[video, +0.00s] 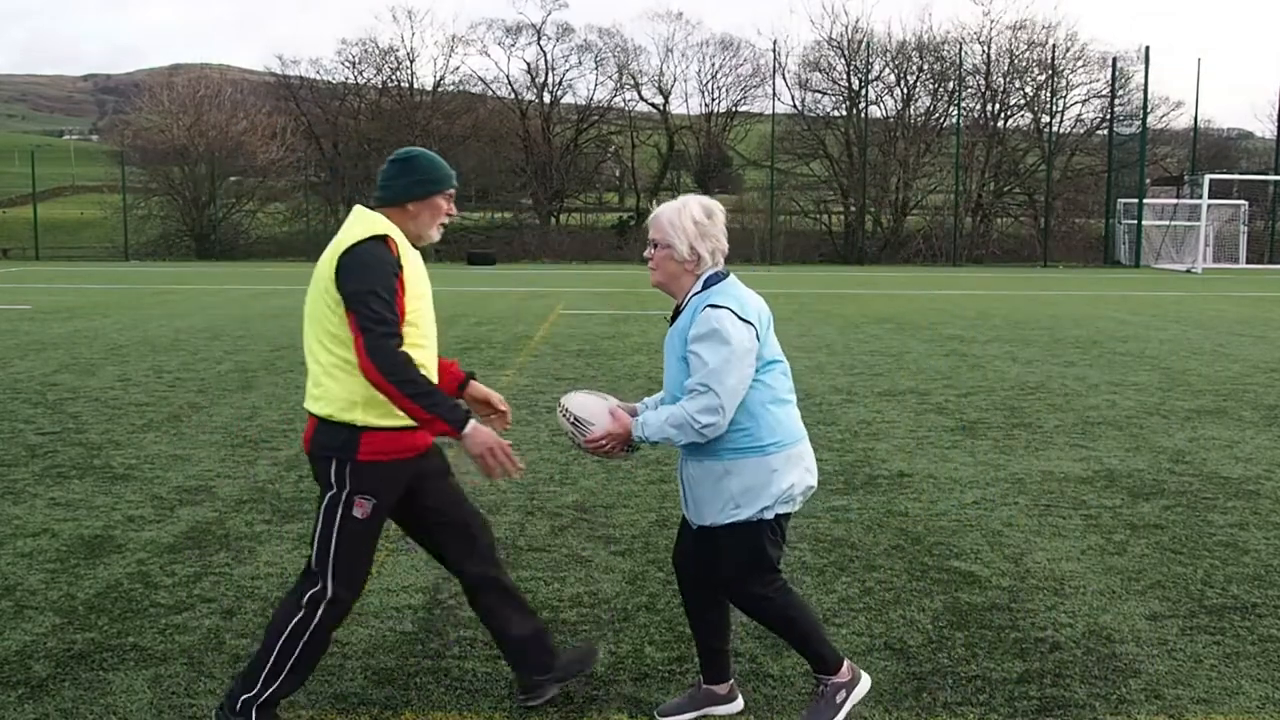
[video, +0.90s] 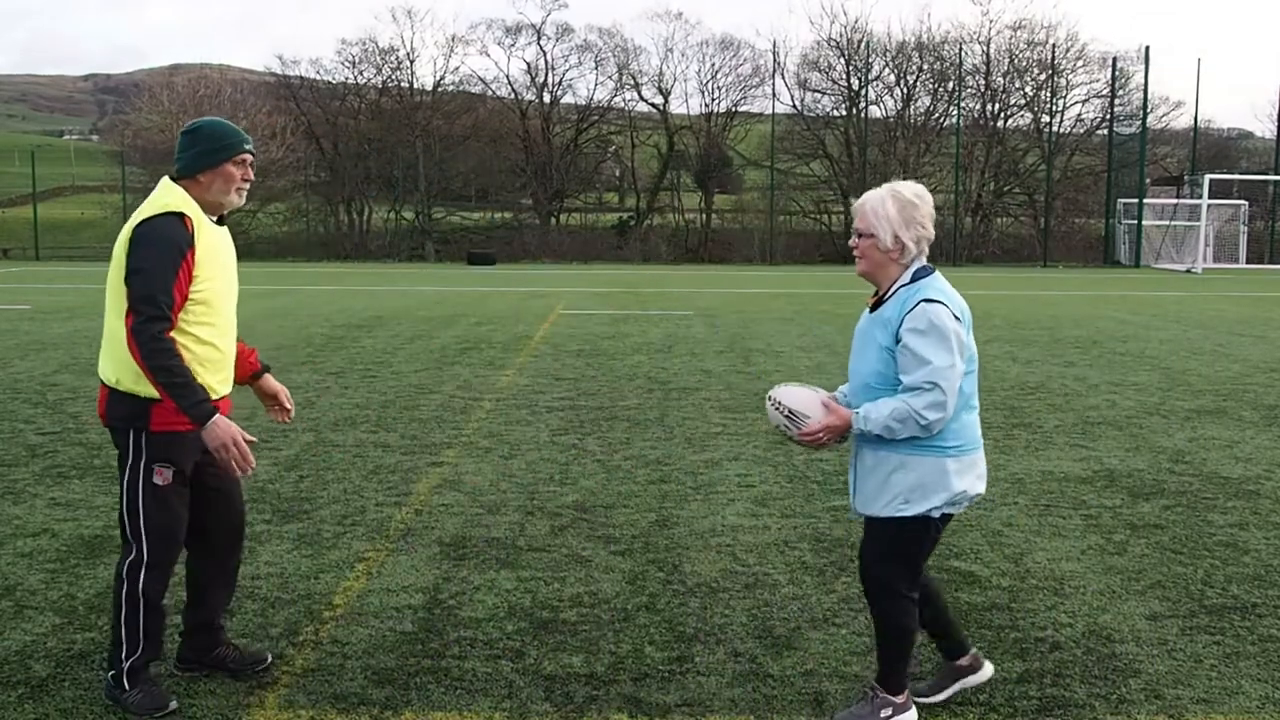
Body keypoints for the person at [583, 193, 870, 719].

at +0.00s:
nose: (646, 256)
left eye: (657, 246)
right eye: (648, 245)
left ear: (691, 254)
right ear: (691, 256)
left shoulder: (721, 314)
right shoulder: (696, 311)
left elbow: (706, 414)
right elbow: (684, 395)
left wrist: (637, 427)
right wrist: (631, 416)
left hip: (759, 472)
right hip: (721, 471)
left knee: (745, 575)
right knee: (694, 563)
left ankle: (838, 674)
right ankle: (718, 686)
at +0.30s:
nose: (699, 246)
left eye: (710, 237)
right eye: (701, 236)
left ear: (745, 248)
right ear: (740, 250)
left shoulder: (770, 312)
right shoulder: (741, 306)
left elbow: (759, 410)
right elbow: (729, 388)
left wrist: (688, 417)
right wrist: (681, 404)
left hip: (785, 478)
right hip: (745, 473)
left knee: (783, 583)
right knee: (721, 568)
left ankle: (877, 676)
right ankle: (718, 686)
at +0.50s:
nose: (760, 250)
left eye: (770, 240)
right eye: (761, 239)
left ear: (806, 251)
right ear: (800, 252)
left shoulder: (832, 319)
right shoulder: (800, 312)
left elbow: (825, 415)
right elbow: (788, 391)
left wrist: (750, 425)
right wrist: (741, 410)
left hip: (834, 485)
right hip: (795, 479)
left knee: (830, 590)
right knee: (766, 583)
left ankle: (890, 693)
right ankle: (726, 683)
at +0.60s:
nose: (785, 252)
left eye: (796, 243)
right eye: (787, 241)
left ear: (829, 253)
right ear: (823, 253)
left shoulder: (859, 322)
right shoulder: (826, 314)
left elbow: (855, 420)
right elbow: (809, 394)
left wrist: (777, 431)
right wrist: (763, 416)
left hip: (862, 486)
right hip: (822, 478)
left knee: (844, 587)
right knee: (784, 566)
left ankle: (890, 696)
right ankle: (750, 678)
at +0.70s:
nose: (807, 250)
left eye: (818, 241)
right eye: (809, 239)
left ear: (852, 251)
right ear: (850, 251)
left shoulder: (882, 318)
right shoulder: (848, 310)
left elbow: (880, 416)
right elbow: (833, 392)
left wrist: (805, 430)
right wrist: (784, 418)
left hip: (886, 482)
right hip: (845, 474)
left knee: (856, 582)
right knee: (802, 554)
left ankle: (890, 696)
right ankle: (813, 675)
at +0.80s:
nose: (829, 247)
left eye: (840, 237)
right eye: (831, 235)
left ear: (875, 246)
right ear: (872, 246)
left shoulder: (905, 314)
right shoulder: (871, 305)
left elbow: (905, 410)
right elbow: (854, 386)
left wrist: (829, 426)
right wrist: (808, 413)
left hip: (905, 477)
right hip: (870, 469)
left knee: (872, 577)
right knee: (838, 558)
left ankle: (892, 696)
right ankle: (889, 666)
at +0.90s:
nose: (852, 244)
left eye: (864, 235)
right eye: (854, 233)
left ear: (900, 243)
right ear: (895, 243)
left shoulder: (928, 310)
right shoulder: (891, 303)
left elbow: (931, 406)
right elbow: (874, 382)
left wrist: (855, 420)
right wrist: (829, 408)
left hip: (927, 474)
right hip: (898, 468)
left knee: (884, 573)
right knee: (896, 568)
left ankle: (893, 696)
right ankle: (962, 660)